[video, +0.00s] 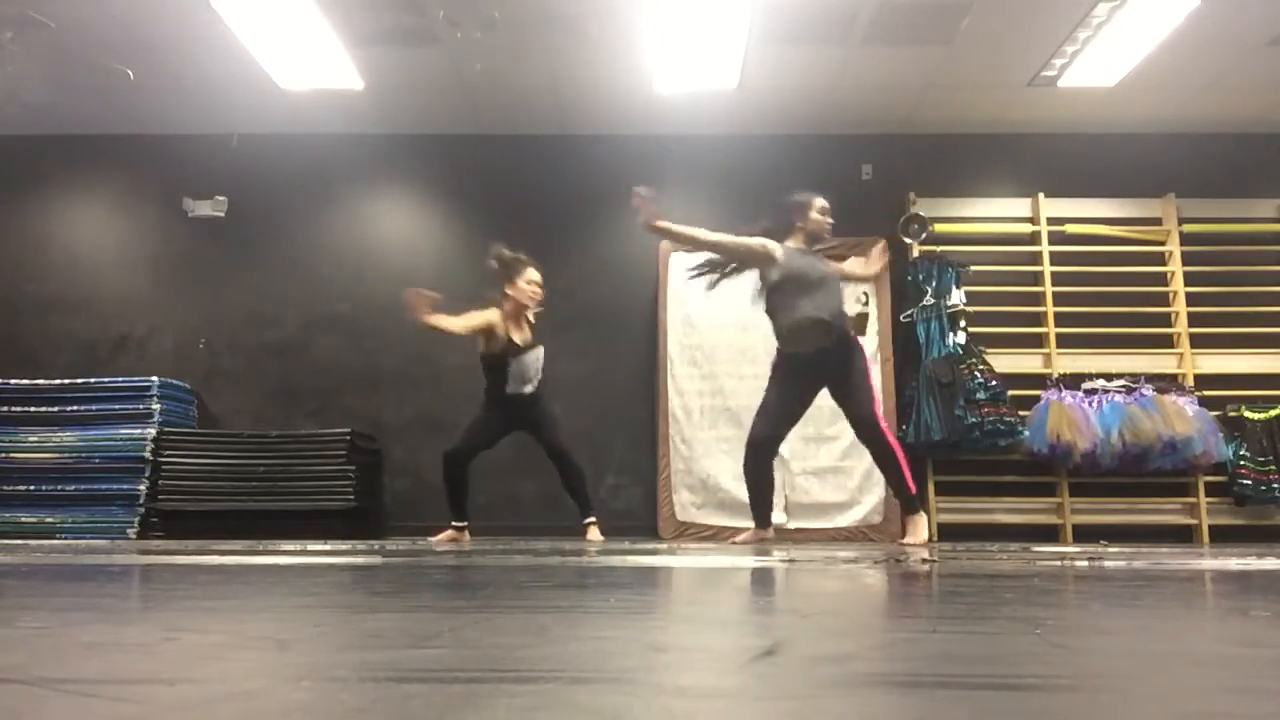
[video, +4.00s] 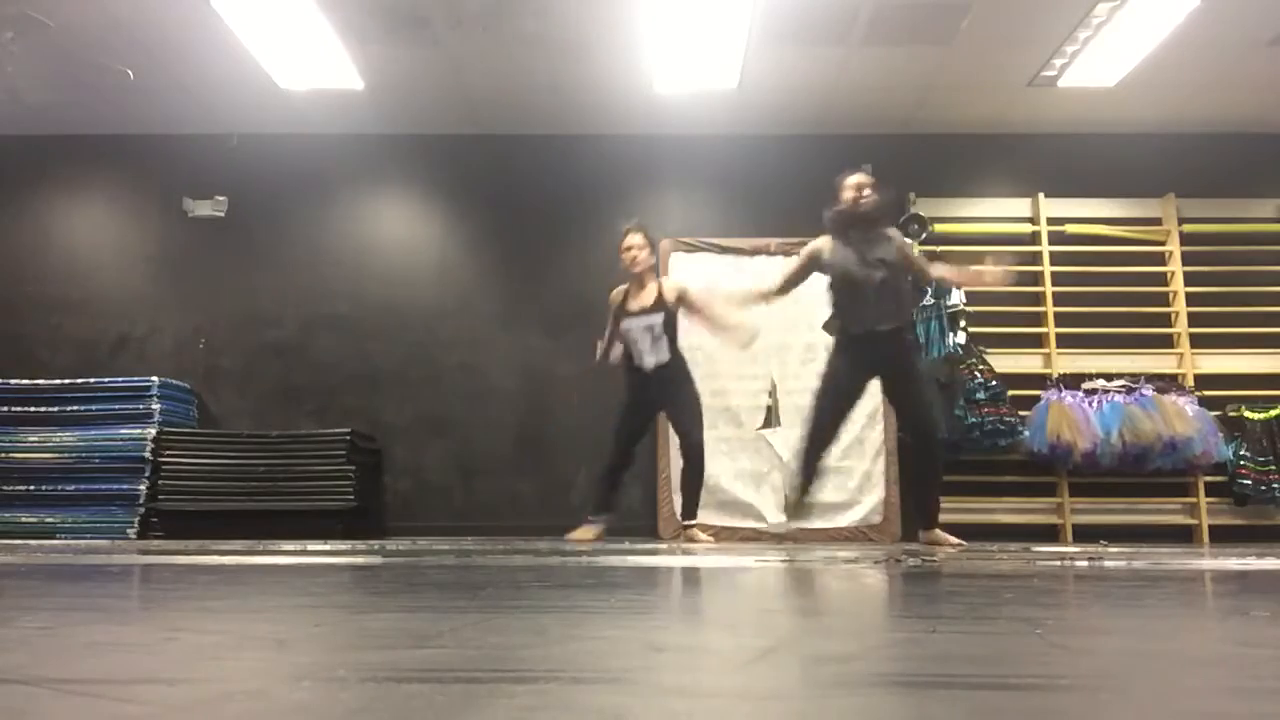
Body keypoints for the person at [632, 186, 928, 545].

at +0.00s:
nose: (831, 221)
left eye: (830, 214)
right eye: (824, 213)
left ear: (812, 221)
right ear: (800, 217)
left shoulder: (824, 264)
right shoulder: (770, 252)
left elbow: (865, 270)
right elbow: (714, 241)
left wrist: (880, 254)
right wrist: (656, 225)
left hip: (843, 356)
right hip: (796, 361)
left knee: (870, 429)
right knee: (760, 442)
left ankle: (914, 514)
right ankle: (762, 528)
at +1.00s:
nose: (863, 250)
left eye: (869, 240)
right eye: (860, 243)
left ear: (894, 237)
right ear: (861, 246)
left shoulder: (914, 263)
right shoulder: (879, 280)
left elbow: (872, 295)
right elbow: (846, 326)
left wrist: (839, 254)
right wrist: (843, 272)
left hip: (962, 367)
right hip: (921, 372)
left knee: (903, 433)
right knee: (861, 404)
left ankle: (914, 530)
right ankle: (905, 457)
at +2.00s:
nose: (1027, 222)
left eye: (1024, 217)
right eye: (1024, 217)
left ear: (984, 223)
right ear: (1018, 221)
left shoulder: (965, 255)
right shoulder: (1034, 249)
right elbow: (1096, 210)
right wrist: (1136, 166)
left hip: (1010, 348)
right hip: (1054, 340)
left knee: (970, 439)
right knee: (1070, 439)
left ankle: (923, 522)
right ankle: (1120, 528)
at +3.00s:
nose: (853, 204)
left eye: (859, 198)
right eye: (844, 198)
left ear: (868, 208)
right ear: (830, 204)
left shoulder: (859, 249)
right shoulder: (823, 226)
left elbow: (867, 313)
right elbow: (886, 255)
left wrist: (857, 348)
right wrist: (902, 245)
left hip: (837, 354)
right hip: (792, 351)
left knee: (865, 439)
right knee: (761, 439)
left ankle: (891, 526)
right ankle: (717, 523)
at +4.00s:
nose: (864, 194)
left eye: (869, 188)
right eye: (855, 189)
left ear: (879, 195)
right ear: (838, 200)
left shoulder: (893, 240)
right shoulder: (824, 249)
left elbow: (931, 271)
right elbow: (780, 288)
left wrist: (977, 276)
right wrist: (732, 298)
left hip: (899, 347)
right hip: (853, 350)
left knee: (925, 432)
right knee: (822, 428)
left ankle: (927, 527)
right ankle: (800, 495)